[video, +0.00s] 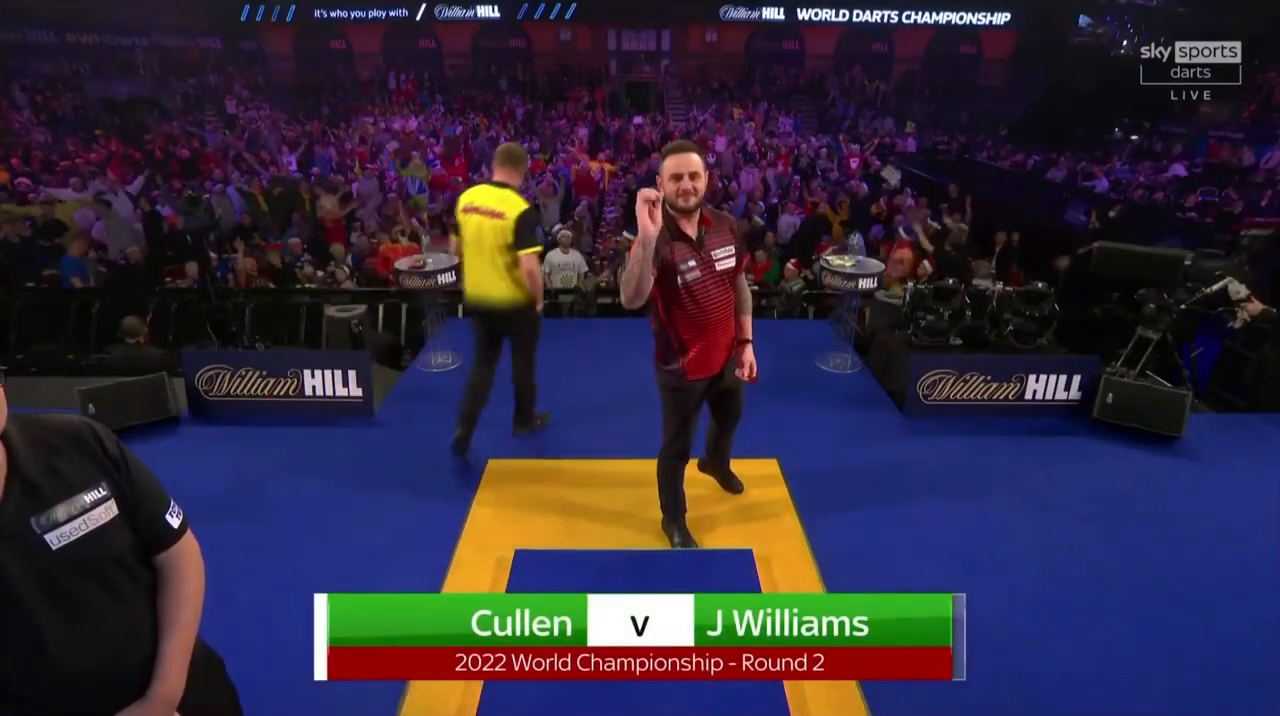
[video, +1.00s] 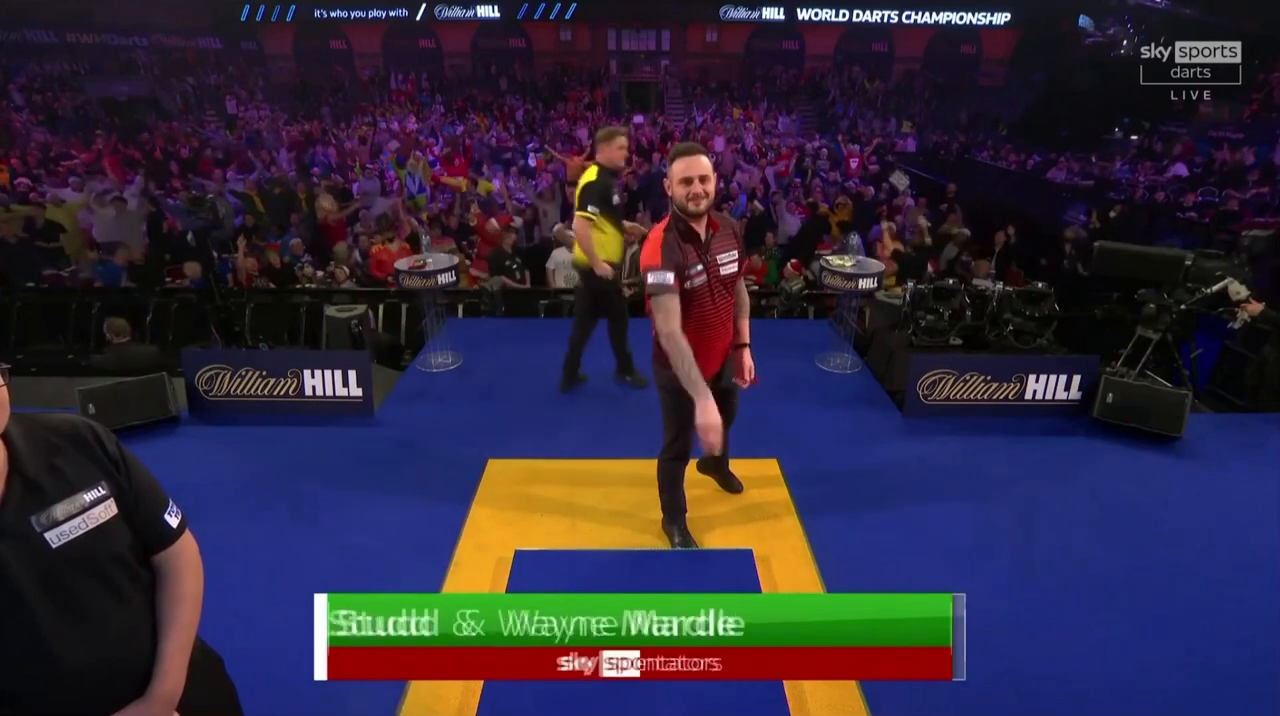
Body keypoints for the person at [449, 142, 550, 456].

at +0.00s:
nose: (522, 177)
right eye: (524, 172)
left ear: (494, 168)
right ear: (523, 172)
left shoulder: (466, 198)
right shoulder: (521, 210)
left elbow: (455, 245)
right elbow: (529, 263)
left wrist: (479, 257)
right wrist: (538, 298)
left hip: (477, 297)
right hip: (514, 300)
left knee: (482, 366)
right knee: (523, 362)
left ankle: (463, 430)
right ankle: (524, 418)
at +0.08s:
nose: (530, 173)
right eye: (531, 168)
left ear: (504, 163)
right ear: (530, 168)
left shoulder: (475, 194)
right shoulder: (530, 205)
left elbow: (465, 243)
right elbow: (540, 259)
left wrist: (491, 245)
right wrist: (546, 293)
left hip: (488, 289)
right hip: (522, 293)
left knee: (499, 354)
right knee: (527, 359)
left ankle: (481, 415)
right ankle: (524, 417)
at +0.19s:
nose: (543, 169)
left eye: (542, 164)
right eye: (544, 164)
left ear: (516, 159)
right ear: (542, 163)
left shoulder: (488, 189)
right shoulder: (541, 198)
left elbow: (477, 238)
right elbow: (552, 252)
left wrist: (505, 238)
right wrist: (557, 287)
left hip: (502, 283)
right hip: (534, 286)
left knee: (519, 348)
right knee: (530, 354)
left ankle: (516, 410)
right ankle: (524, 417)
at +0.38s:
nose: (558, 168)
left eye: (558, 164)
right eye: (559, 164)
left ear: (531, 159)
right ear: (555, 163)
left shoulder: (506, 189)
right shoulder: (556, 197)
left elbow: (495, 235)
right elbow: (564, 249)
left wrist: (520, 239)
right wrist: (570, 284)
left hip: (518, 279)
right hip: (547, 282)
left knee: (541, 333)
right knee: (537, 352)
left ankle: (554, 373)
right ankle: (524, 417)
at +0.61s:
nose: (585, 163)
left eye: (585, 157)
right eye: (584, 157)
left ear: (558, 154)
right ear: (574, 155)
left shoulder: (536, 180)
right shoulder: (570, 189)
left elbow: (529, 223)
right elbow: (574, 237)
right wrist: (586, 272)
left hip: (544, 268)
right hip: (567, 270)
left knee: (565, 319)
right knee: (582, 329)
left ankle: (566, 372)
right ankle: (544, 386)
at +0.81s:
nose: (607, 155)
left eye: (607, 149)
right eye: (604, 149)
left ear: (583, 150)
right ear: (589, 149)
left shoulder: (565, 174)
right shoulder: (582, 181)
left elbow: (565, 218)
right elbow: (576, 226)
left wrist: (601, 223)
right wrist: (591, 262)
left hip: (563, 262)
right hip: (581, 265)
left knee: (569, 322)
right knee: (609, 316)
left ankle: (568, 374)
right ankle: (597, 375)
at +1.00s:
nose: (625, 154)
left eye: (626, 149)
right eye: (620, 148)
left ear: (614, 151)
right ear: (602, 150)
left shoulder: (604, 179)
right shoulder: (595, 181)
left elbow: (604, 218)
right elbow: (581, 226)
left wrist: (625, 228)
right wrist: (596, 262)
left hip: (603, 264)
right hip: (598, 266)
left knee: (584, 321)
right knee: (618, 317)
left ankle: (570, 372)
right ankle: (625, 369)